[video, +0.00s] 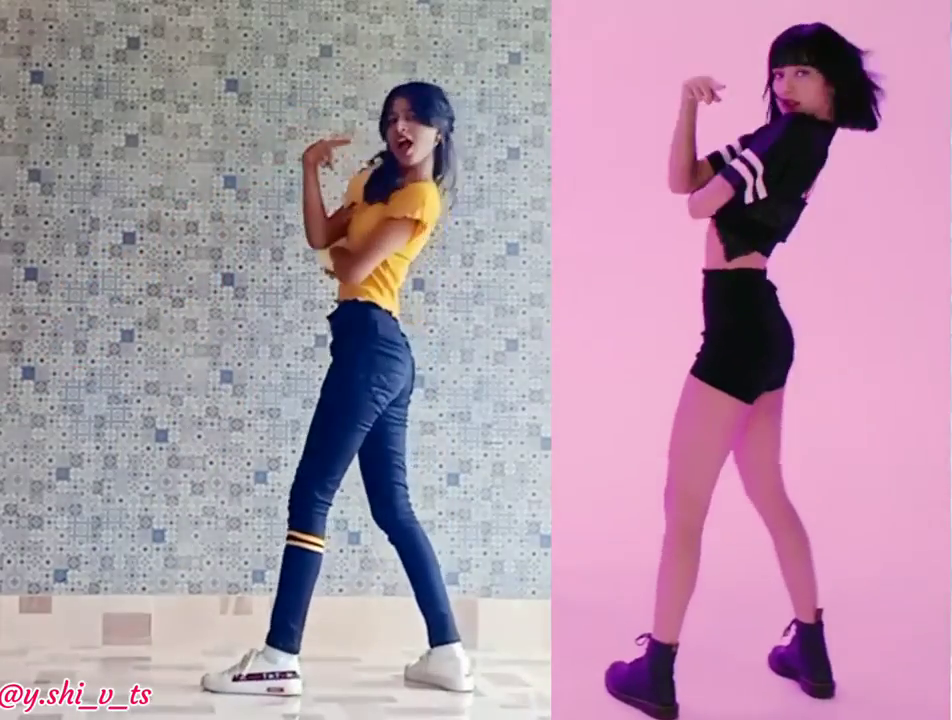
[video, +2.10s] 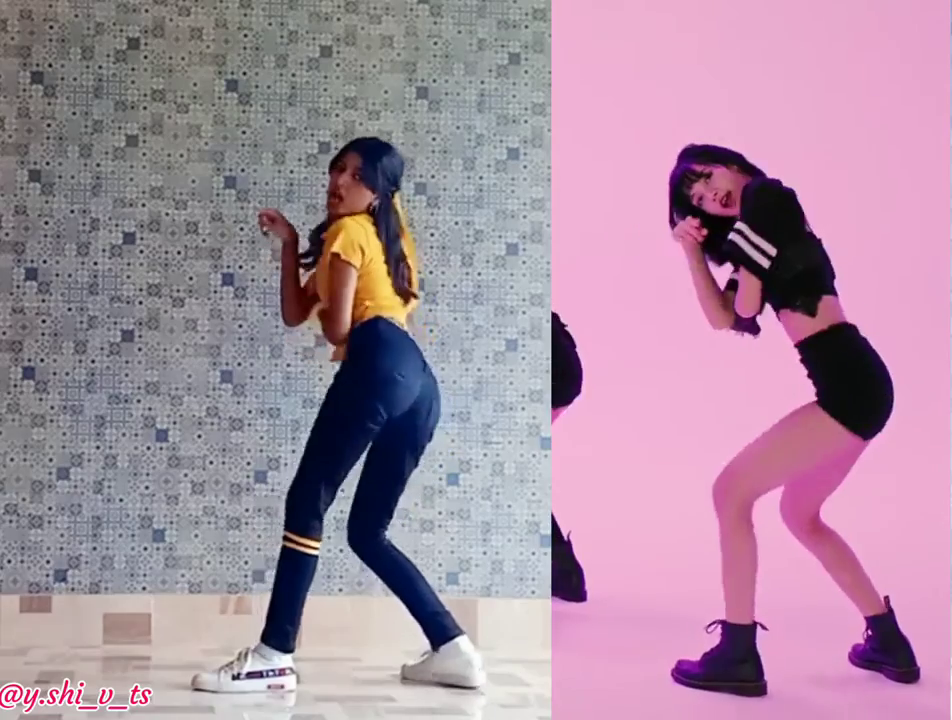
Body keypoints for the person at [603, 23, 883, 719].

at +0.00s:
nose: (786, 82)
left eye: (801, 71)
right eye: (779, 72)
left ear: (834, 83)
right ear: (775, 81)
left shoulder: (792, 138)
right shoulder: (795, 136)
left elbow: (702, 203)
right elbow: (684, 180)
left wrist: (715, 172)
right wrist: (688, 105)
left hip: (734, 330)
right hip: (762, 326)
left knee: (684, 502)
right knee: (767, 490)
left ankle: (657, 668)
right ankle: (810, 649)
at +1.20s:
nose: (792, 109)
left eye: (802, 95)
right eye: (781, 103)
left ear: (830, 101)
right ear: (774, 117)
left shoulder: (826, 161)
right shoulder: (791, 171)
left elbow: (752, 249)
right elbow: (714, 241)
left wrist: (751, 241)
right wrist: (707, 168)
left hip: (805, 369)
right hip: (807, 364)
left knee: (674, 491)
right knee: (767, 512)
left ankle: (697, 665)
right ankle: (859, 647)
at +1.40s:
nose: (718, 173)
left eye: (719, 155)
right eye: (707, 179)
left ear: (751, 143)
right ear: (714, 191)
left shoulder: (766, 193)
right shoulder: (782, 207)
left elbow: (752, 304)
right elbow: (737, 327)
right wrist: (694, 256)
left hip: (833, 399)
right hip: (846, 392)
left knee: (693, 489)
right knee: (777, 512)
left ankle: (704, 659)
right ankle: (863, 643)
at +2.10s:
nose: (710, 190)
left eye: (708, 174)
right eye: (697, 194)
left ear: (731, 162)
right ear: (704, 206)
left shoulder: (767, 201)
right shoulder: (755, 225)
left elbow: (748, 308)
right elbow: (721, 317)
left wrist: (726, 261)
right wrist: (693, 252)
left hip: (849, 387)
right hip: (859, 384)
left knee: (732, 490)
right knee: (801, 515)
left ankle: (737, 652)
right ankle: (887, 639)